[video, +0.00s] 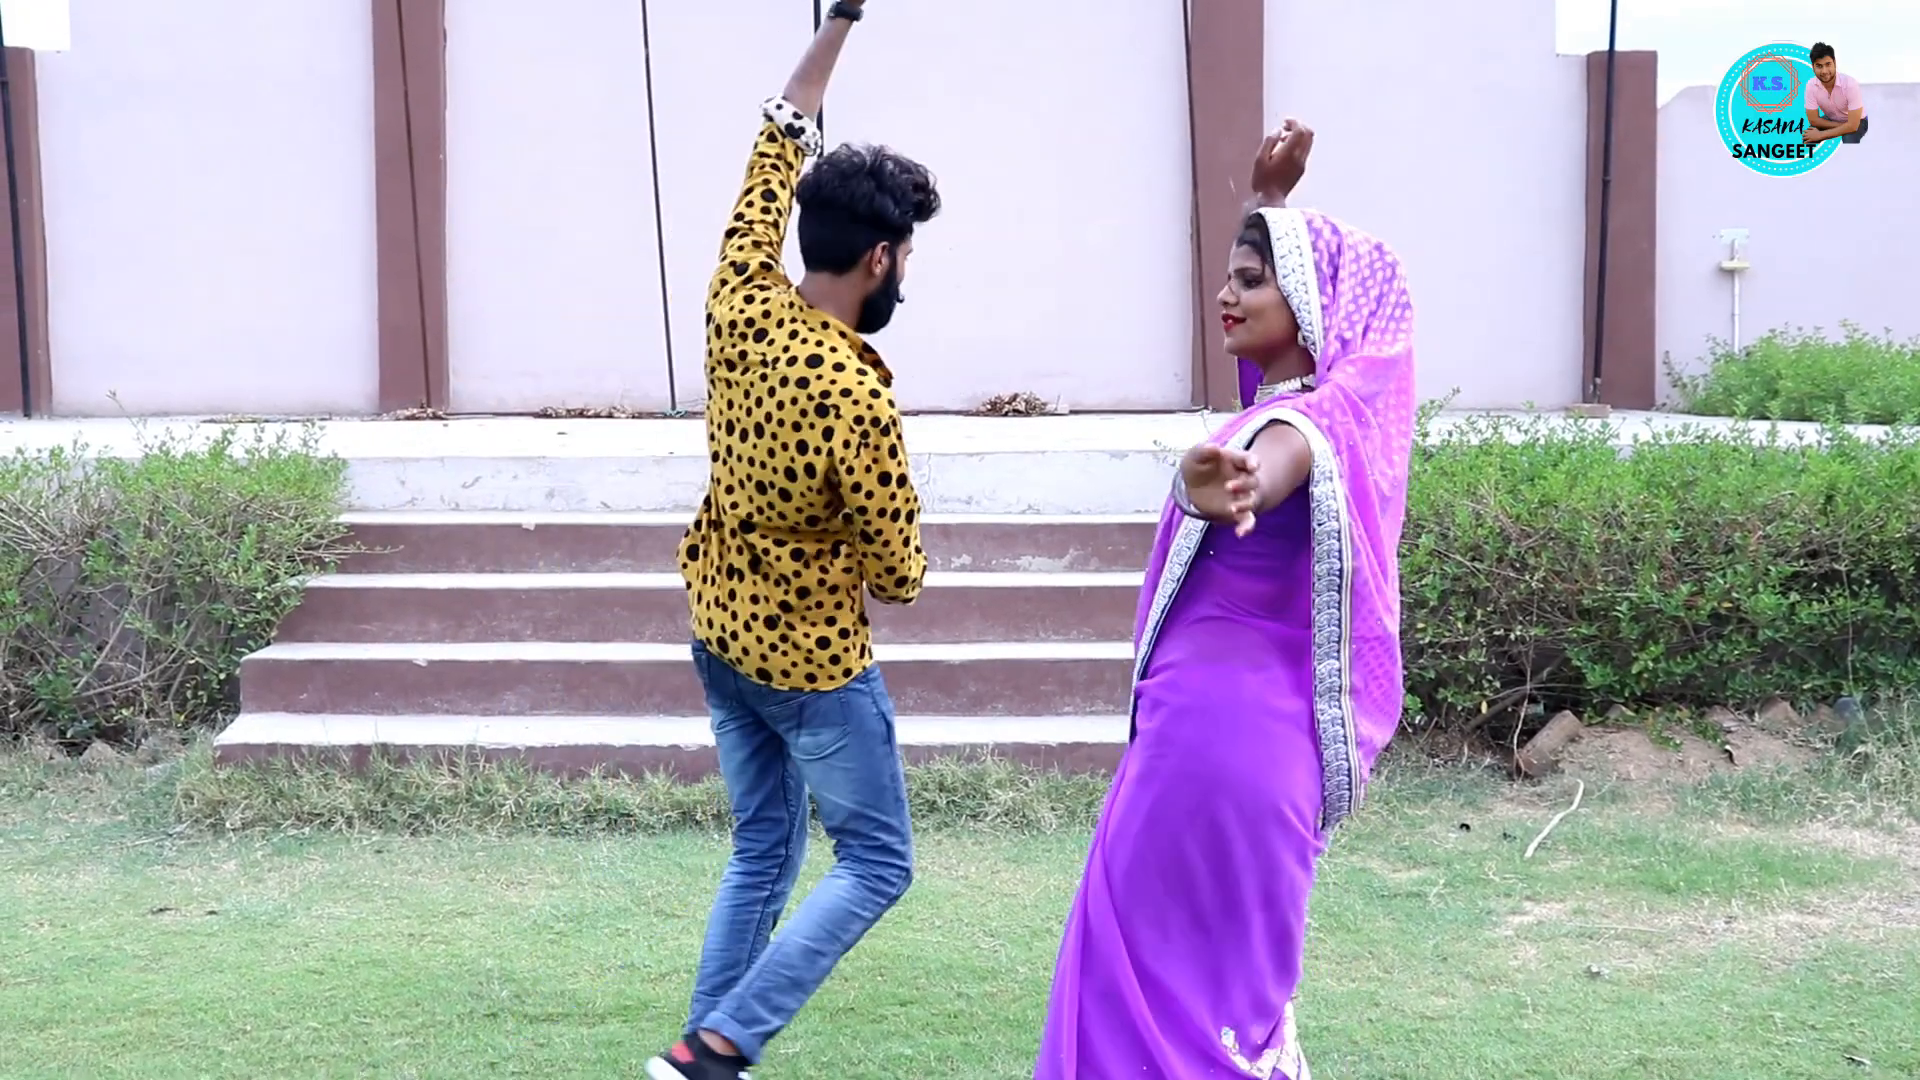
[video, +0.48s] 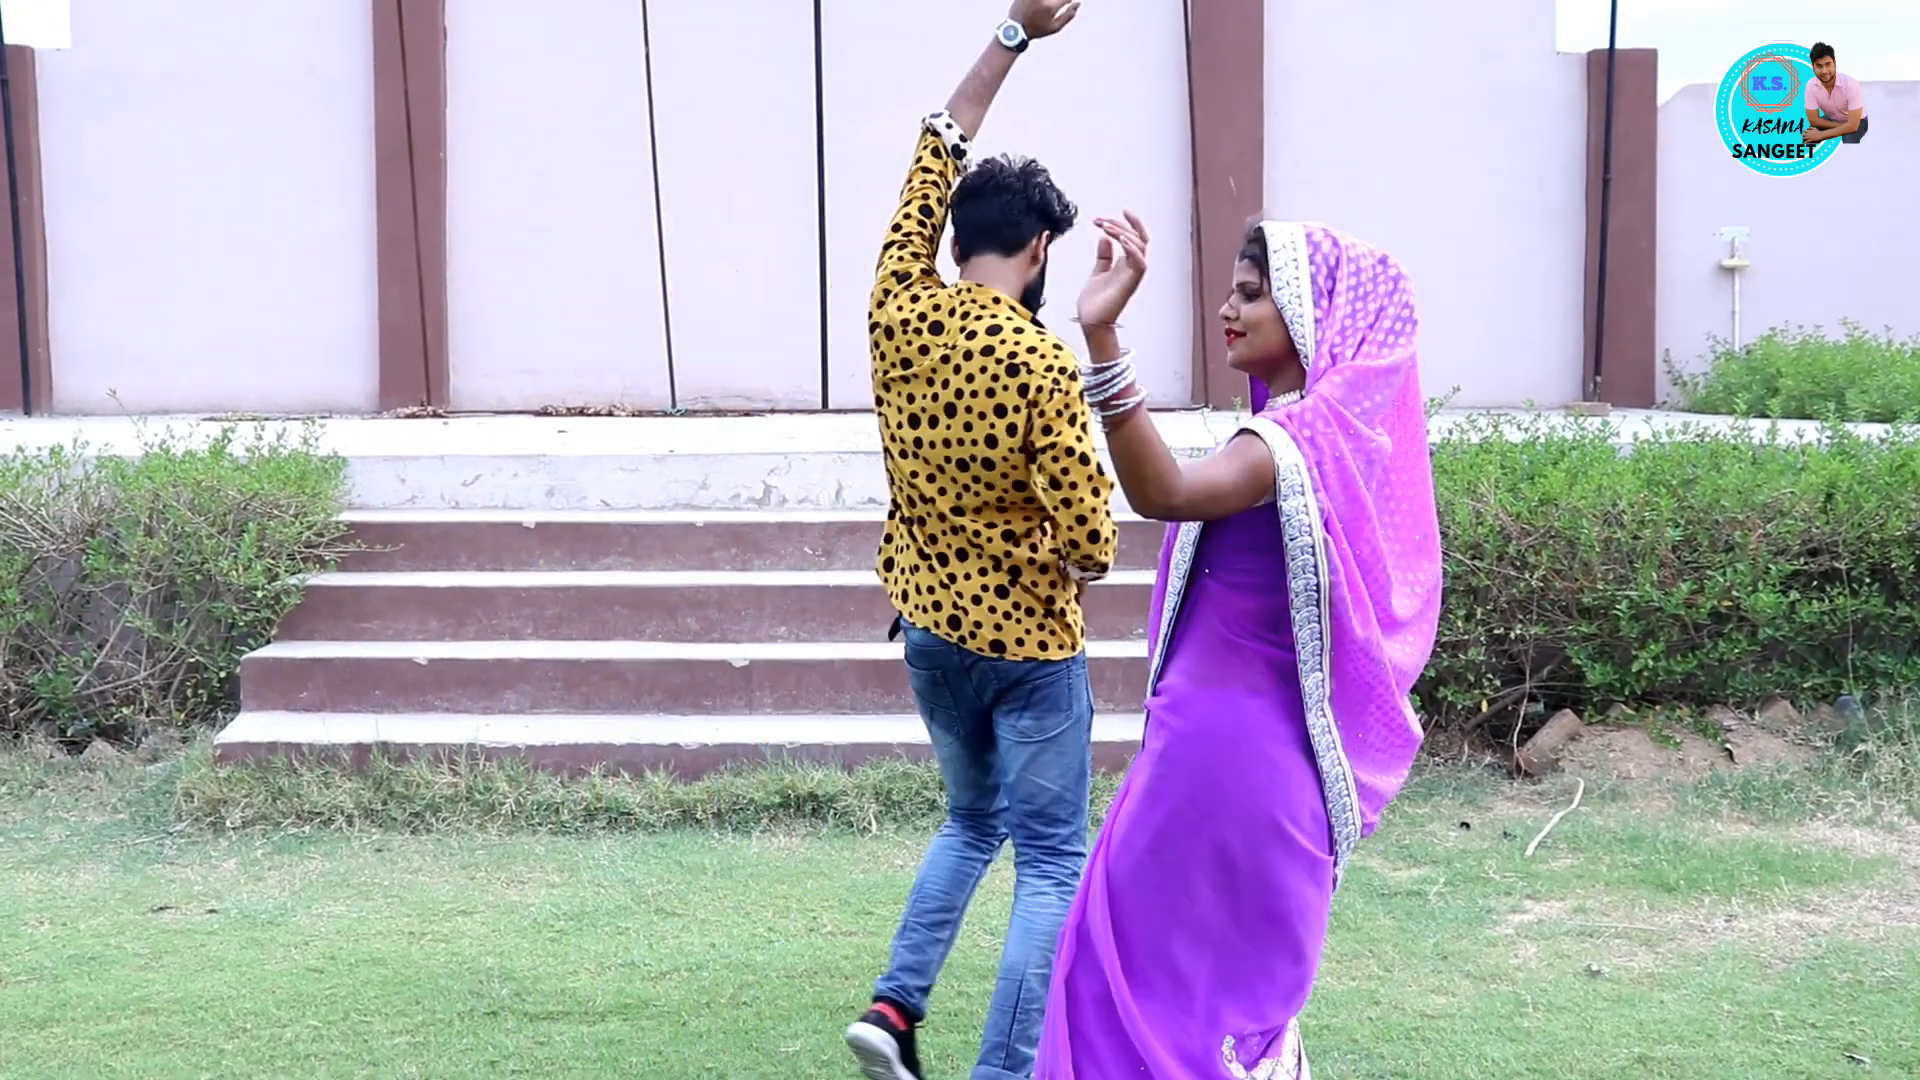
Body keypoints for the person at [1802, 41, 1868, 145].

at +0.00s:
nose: (1824, 71)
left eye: (1828, 65)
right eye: (1819, 66)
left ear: (1835, 63)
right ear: (1813, 67)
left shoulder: (1850, 84)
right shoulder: (1812, 86)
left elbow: (1853, 126)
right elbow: (1813, 120)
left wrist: (1820, 135)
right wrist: (1843, 126)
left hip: (1855, 122)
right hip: (1830, 121)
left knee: (1848, 140)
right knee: (1810, 136)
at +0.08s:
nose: (1824, 71)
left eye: (1828, 65)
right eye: (1819, 66)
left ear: (1835, 63)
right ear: (1813, 67)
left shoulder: (1850, 84)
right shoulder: (1812, 86)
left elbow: (1852, 126)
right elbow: (1813, 120)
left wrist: (1820, 135)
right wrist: (1843, 126)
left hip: (1855, 122)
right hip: (1829, 121)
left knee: (1849, 140)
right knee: (1810, 137)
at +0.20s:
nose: (1824, 71)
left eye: (1828, 65)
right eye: (1819, 66)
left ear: (1835, 63)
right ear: (1813, 67)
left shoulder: (1850, 84)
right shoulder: (1812, 86)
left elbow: (1853, 126)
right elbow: (1813, 120)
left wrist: (1820, 135)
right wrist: (1843, 126)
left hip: (1855, 122)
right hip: (1829, 121)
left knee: (1849, 140)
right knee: (1810, 137)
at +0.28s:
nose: (1824, 71)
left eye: (1828, 65)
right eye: (1819, 66)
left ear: (1835, 63)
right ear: (1813, 67)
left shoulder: (1850, 84)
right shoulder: (1812, 86)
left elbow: (1853, 126)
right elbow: (1813, 120)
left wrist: (1820, 135)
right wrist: (1843, 126)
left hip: (1855, 122)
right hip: (1829, 121)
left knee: (1849, 140)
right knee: (1810, 137)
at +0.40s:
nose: (1824, 71)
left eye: (1828, 65)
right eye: (1819, 66)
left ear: (1835, 63)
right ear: (1813, 67)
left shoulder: (1850, 84)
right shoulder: (1812, 86)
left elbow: (1853, 126)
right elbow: (1813, 120)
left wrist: (1820, 135)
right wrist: (1843, 126)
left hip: (1855, 122)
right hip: (1830, 121)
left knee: (1848, 140)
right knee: (1810, 136)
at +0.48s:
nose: (1824, 71)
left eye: (1828, 65)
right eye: (1819, 66)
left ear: (1835, 63)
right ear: (1813, 67)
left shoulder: (1850, 84)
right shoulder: (1812, 86)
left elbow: (1853, 126)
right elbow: (1813, 120)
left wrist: (1820, 135)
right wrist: (1843, 126)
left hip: (1855, 122)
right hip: (1830, 121)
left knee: (1848, 140)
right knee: (1810, 136)